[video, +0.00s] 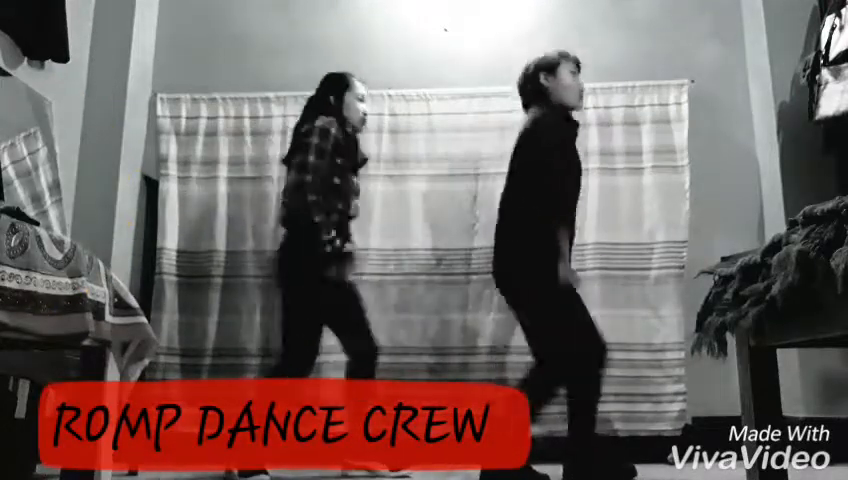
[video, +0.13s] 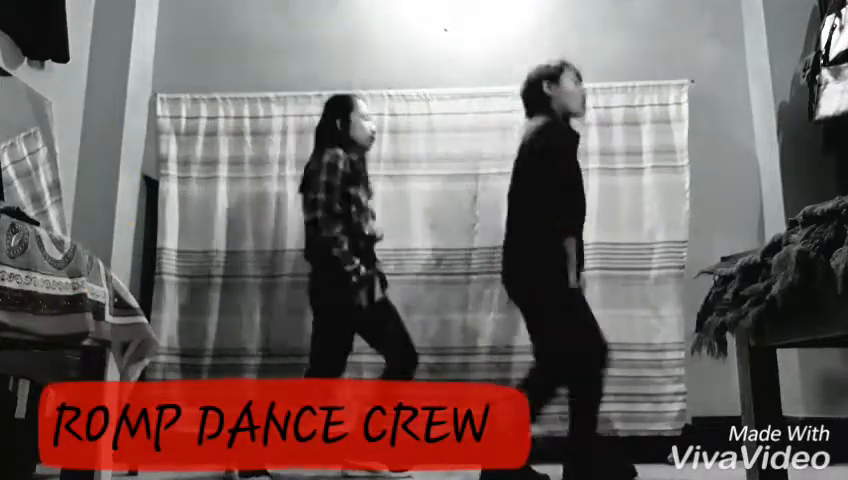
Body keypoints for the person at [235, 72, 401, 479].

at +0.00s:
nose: (366, 108)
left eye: (366, 101)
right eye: (360, 99)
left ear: (340, 102)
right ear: (337, 100)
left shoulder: (330, 132)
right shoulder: (326, 129)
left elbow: (320, 195)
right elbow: (312, 194)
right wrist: (330, 249)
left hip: (305, 258)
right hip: (316, 260)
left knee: (297, 357)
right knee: (363, 350)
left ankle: (249, 448)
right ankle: (361, 448)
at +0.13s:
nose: (373, 126)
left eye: (372, 119)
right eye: (366, 119)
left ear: (347, 125)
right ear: (343, 124)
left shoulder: (350, 162)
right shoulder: (332, 159)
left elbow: (350, 224)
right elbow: (325, 229)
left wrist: (370, 269)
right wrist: (356, 275)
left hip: (351, 282)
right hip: (339, 283)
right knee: (402, 356)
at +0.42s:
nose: (364, 91)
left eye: (362, 84)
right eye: (354, 84)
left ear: (357, 96)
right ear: (334, 94)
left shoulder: (369, 142)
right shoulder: (316, 134)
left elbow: (378, 203)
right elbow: (307, 198)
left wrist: (372, 251)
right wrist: (326, 252)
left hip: (356, 260)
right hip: (316, 257)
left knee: (352, 354)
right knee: (295, 350)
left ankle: (354, 435)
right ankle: (270, 436)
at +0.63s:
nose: (333, 88)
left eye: (341, 84)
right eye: (325, 84)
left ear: (354, 98)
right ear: (314, 98)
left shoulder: (365, 140)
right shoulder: (302, 140)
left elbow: (370, 198)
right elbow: (289, 198)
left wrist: (345, 241)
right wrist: (289, 246)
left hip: (349, 260)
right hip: (306, 259)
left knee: (351, 354)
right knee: (290, 353)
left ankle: (364, 445)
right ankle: (272, 442)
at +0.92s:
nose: (299, 102)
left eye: (305, 95)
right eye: (300, 95)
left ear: (325, 98)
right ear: (326, 100)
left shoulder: (337, 128)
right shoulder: (324, 132)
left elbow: (333, 195)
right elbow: (317, 196)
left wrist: (311, 254)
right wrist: (297, 247)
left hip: (334, 255)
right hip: (322, 255)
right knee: (291, 352)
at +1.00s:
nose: (295, 104)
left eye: (303, 95)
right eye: (297, 96)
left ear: (323, 99)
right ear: (325, 100)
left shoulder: (333, 133)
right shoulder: (323, 135)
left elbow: (328, 199)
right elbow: (318, 199)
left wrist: (309, 256)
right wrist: (300, 249)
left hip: (332, 256)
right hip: (324, 256)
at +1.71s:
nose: (286, 99)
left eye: (292, 91)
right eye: (289, 92)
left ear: (310, 95)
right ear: (316, 96)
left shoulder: (322, 132)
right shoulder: (320, 135)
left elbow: (318, 196)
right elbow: (313, 197)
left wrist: (302, 253)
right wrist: (296, 247)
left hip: (327, 258)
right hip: (324, 256)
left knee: (297, 355)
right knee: (358, 356)